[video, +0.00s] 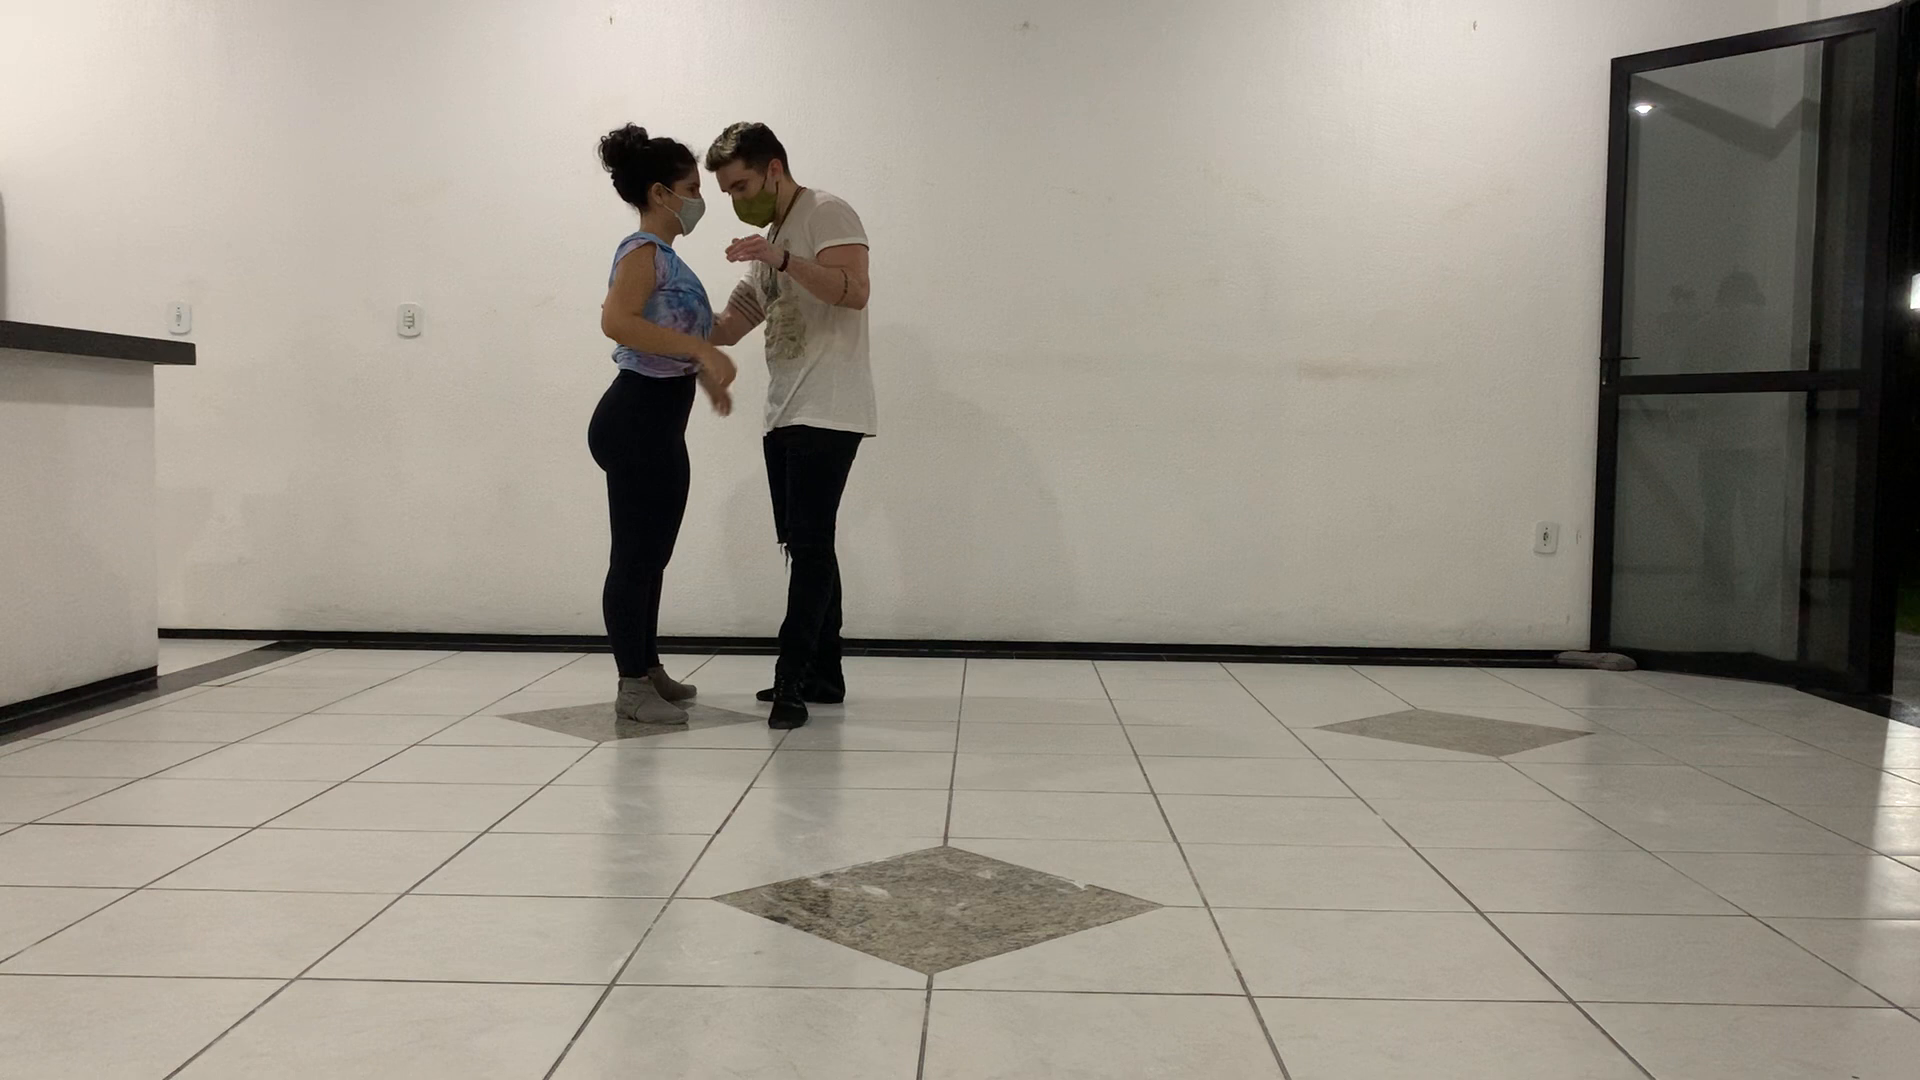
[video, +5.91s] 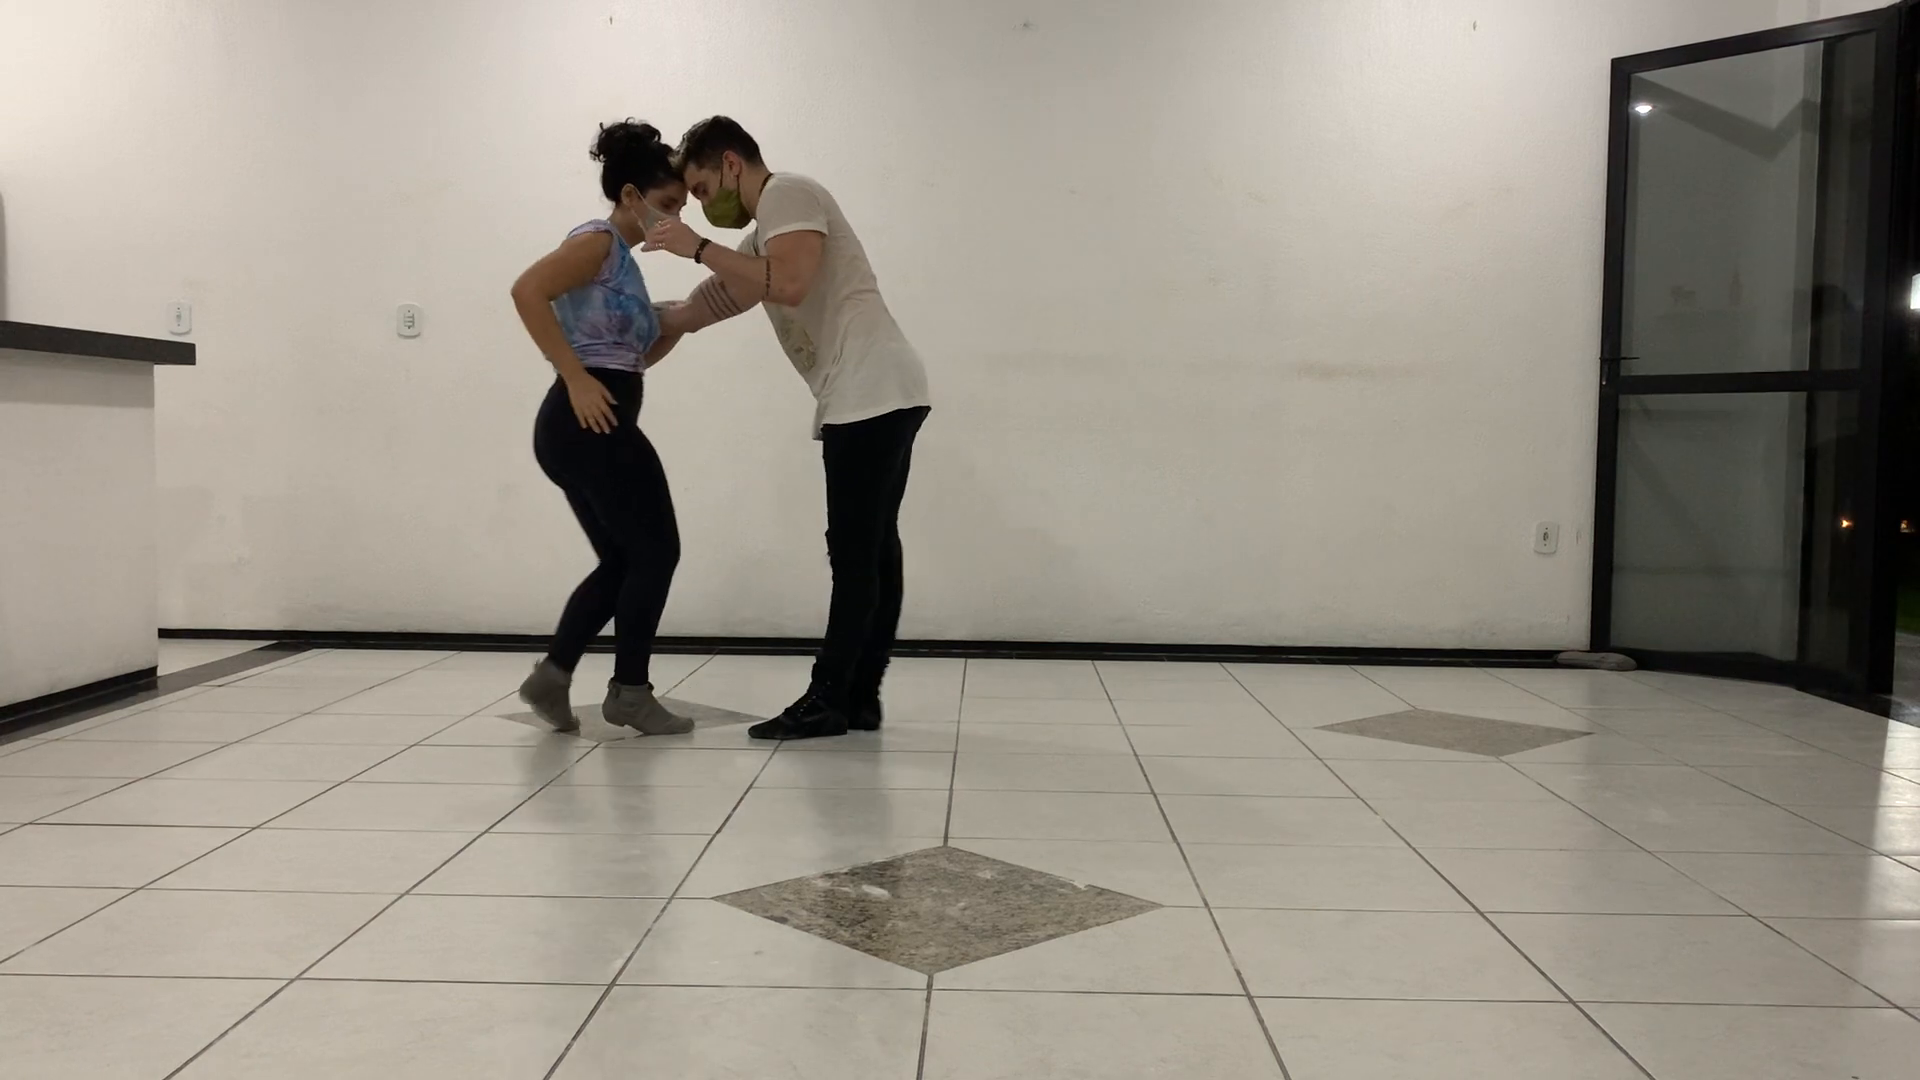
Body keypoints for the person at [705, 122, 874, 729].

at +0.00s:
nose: (734, 203)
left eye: (739, 188)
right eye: (727, 192)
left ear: (775, 170)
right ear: (736, 187)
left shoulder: (828, 213)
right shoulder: (767, 252)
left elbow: (854, 291)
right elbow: (728, 328)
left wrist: (779, 258)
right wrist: (662, 319)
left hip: (831, 405)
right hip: (786, 409)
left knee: (808, 542)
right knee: (803, 544)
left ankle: (795, 685)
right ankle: (822, 676)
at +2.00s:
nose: (728, 224)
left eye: (731, 209)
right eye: (720, 217)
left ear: (764, 191)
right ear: (737, 216)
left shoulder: (806, 218)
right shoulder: (769, 281)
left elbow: (816, 278)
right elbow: (741, 365)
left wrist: (740, 238)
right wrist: (670, 356)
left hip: (828, 410)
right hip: (790, 420)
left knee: (813, 538)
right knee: (773, 541)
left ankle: (846, 690)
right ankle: (818, 666)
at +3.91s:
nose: (723, 231)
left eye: (725, 214)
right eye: (715, 222)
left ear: (759, 194)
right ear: (736, 217)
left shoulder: (801, 219)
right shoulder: (766, 280)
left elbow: (809, 284)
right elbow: (745, 367)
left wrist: (730, 250)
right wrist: (674, 370)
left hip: (828, 408)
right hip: (782, 421)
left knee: (786, 531)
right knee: (763, 543)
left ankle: (793, 681)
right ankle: (821, 670)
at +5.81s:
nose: (707, 197)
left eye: (708, 181)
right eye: (701, 188)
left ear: (739, 159)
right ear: (741, 166)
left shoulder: (792, 192)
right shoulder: (772, 233)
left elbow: (786, 282)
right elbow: (709, 312)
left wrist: (697, 240)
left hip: (867, 392)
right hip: (864, 395)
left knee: (844, 541)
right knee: (858, 542)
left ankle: (831, 699)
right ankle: (833, 695)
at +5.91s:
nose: (701, 201)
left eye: (701, 185)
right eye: (694, 192)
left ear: (733, 163)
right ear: (735, 170)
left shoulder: (788, 195)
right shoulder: (766, 236)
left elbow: (789, 283)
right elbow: (698, 308)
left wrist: (698, 247)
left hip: (870, 394)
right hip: (871, 395)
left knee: (853, 546)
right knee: (875, 546)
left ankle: (830, 700)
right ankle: (860, 697)